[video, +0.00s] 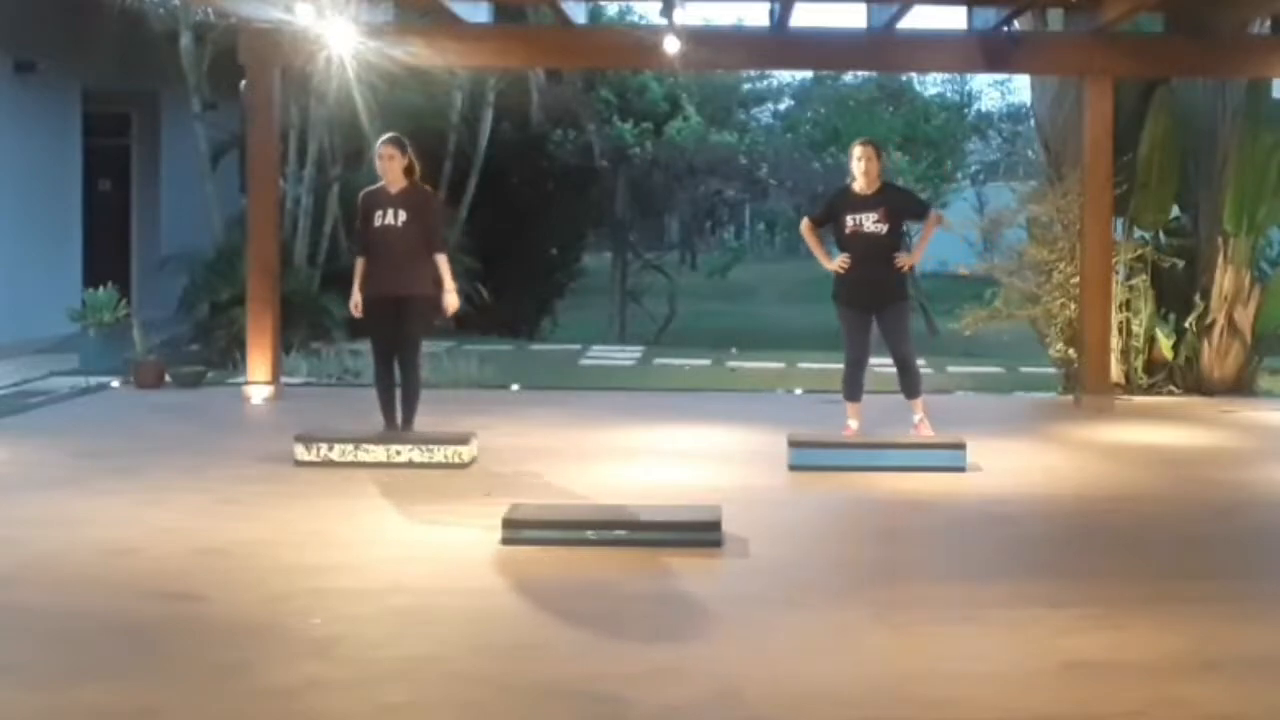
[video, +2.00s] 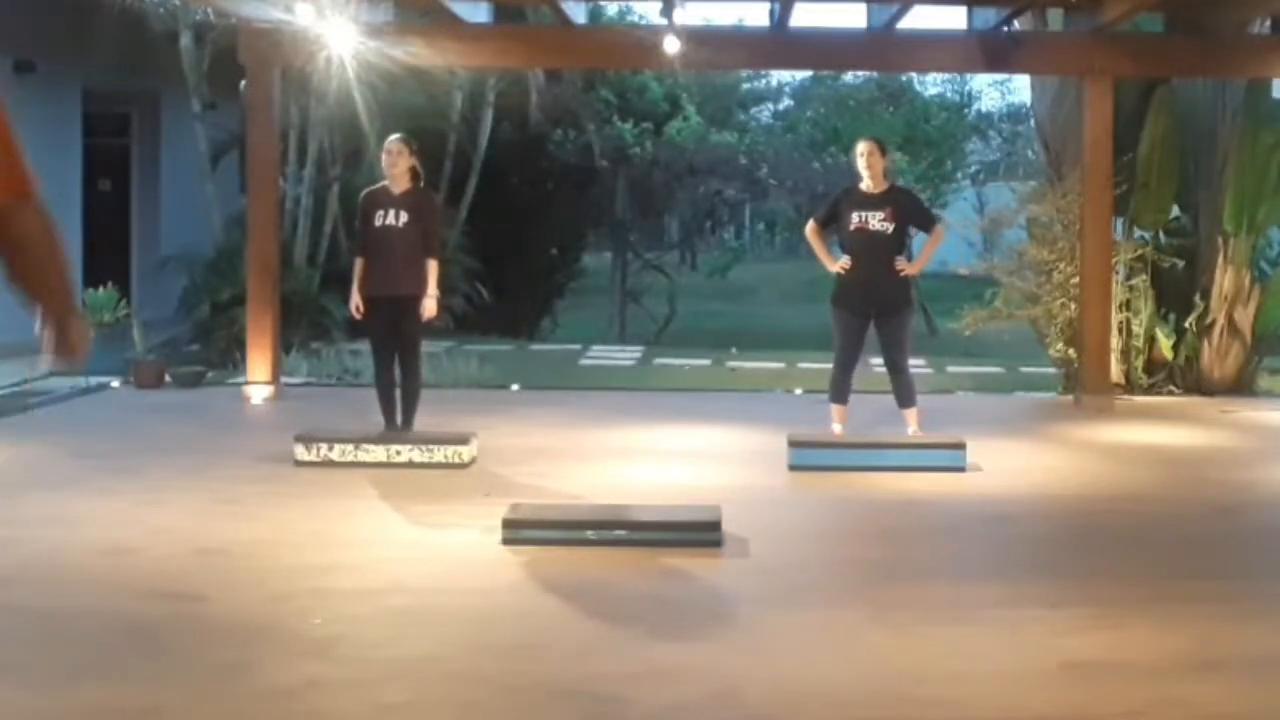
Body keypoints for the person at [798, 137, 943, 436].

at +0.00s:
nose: (863, 164)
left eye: (868, 158)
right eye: (858, 159)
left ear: (879, 163)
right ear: (851, 165)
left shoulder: (896, 196)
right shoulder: (839, 199)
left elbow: (933, 218)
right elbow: (807, 226)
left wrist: (916, 255)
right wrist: (827, 260)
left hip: (890, 283)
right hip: (852, 285)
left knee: (902, 353)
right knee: (855, 355)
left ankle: (919, 416)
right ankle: (853, 419)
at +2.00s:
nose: (866, 160)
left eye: (871, 155)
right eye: (861, 156)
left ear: (884, 160)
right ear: (855, 162)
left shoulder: (902, 198)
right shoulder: (845, 198)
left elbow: (938, 230)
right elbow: (811, 228)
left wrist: (919, 264)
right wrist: (830, 261)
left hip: (892, 287)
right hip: (852, 287)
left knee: (897, 362)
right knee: (845, 359)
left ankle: (913, 429)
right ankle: (838, 430)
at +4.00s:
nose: (876, 162)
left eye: (882, 157)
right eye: (871, 156)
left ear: (890, 162)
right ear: (861, 160)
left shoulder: (905, 198)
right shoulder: (844, 199)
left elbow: (941, 226)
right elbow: (814, 230)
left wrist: (922, 264)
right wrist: (834, 263)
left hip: (897, 287)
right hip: (856, 287)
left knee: (901, 361)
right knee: (848, 359)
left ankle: (914, 429)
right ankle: (837, 429)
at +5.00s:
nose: (859, 171)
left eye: (865, 165)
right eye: (854, 164)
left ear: (875, 167)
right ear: (846, 165)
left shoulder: (886, 199)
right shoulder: (828, 199)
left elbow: (915, 228)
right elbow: (792, 227)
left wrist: (901, 259)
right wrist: (814, 261)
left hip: (877, 286)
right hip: (839, 286)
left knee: (887, 357)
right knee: (839, 357)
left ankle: (896, 420)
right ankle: (837, 426)